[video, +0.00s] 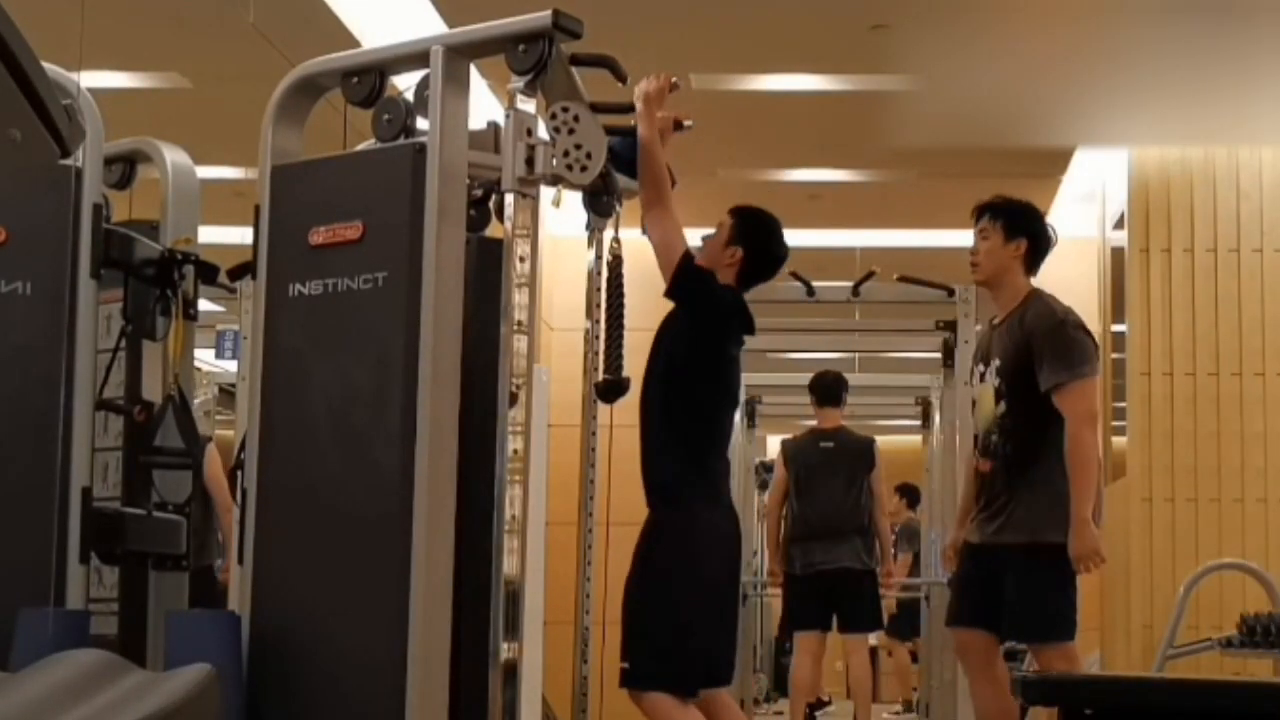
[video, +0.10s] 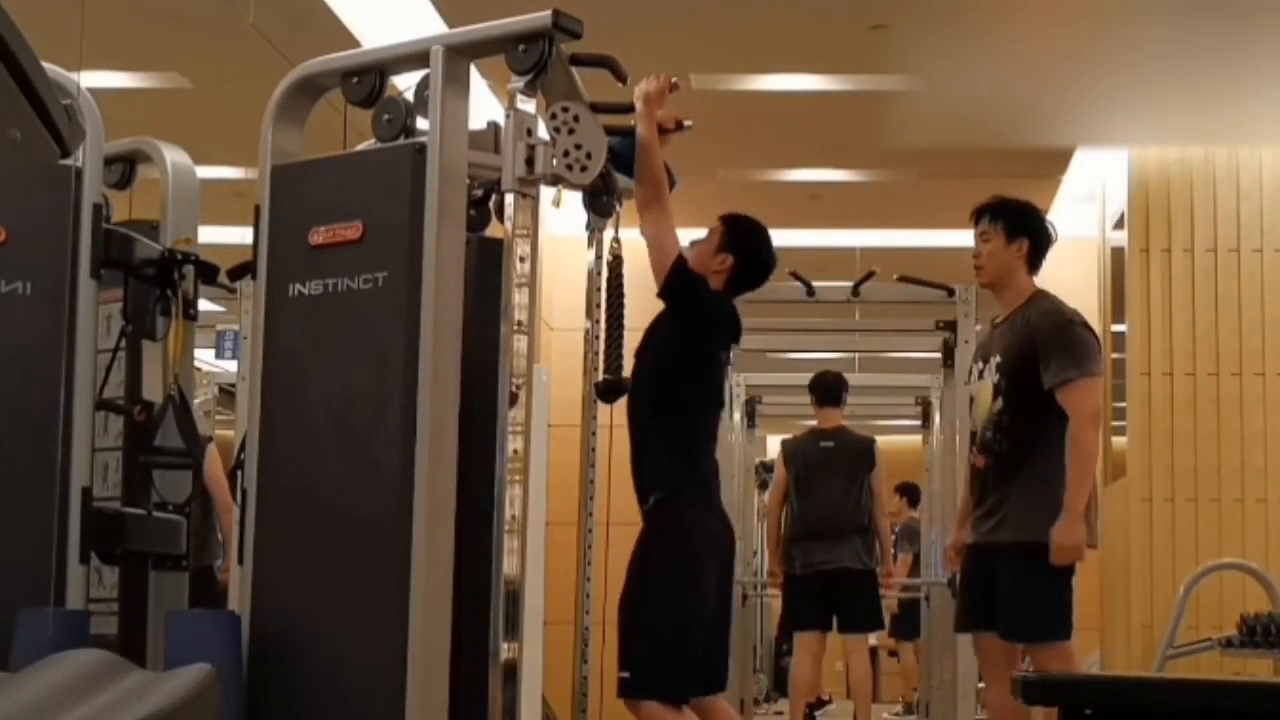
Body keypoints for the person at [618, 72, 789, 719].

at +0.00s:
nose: (705, 239)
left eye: (718, 234)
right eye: (716, 232)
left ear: (734, 257)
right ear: (741, 263)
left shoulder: (707, 302)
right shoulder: (721, 307)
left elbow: (655, 209)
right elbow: (661, 212)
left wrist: (647, 124)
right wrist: (654, 136)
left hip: (682, 523)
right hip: (709, 522)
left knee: (650, 686)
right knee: (710, 689)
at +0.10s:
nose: (695, 242)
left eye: (708, 239)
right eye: (705, 236)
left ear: (723, 264)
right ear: (729, 268)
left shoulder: (697, 307)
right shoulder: (707, 313)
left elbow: (652, 206)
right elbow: (657, 209)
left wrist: (646, 119)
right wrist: (653, 130)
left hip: (678, 527)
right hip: (701, 525)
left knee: (646, 692)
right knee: (702, 690)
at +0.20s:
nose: (684, 244)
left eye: (696, 241)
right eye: (693, 238)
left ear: (712, 266)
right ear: (717, 269)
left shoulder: (684, 308)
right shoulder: (692, 312)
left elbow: (646, 208)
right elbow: (652, 211)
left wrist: (645, 121)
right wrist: (655, 131)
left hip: (669, 527)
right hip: (689, 525)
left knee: (640, 695)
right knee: (695, 689)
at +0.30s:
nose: (671, 249)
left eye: (684, 246)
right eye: (679, 243)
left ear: (700, 270)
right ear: (703, 274)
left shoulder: (676, 314)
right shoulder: (677, 318)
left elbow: (645, 206)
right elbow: (647, 212)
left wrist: (646, 125)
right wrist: (657, 134)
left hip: (660, 531)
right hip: (672, 529)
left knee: (626, 697)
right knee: (682, 686)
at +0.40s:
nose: (668, 257)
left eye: (681, 252)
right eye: (677, 250)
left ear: (696, 275)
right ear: (705, 285)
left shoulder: (672, 319)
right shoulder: (676, 326)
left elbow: (645, 206)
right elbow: (650, 214)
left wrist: (648, 126)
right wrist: (655, 136)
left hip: (645, 540)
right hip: (652, 537)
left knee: (634, 694)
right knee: (664, 688)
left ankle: (771, 719)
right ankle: (773, 719)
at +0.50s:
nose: (669, 259)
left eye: (681, 257)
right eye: (678, 255)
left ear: (693, 287)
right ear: (690, 289)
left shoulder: (664, 327)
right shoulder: (656, 327)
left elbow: (646, 209)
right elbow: (645, 216)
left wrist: (645, 123)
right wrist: (658, 133)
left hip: (633, 542)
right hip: (633, 540)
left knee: (621, 704)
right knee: (642, 692)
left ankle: (745, 717)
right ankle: (755, 716)